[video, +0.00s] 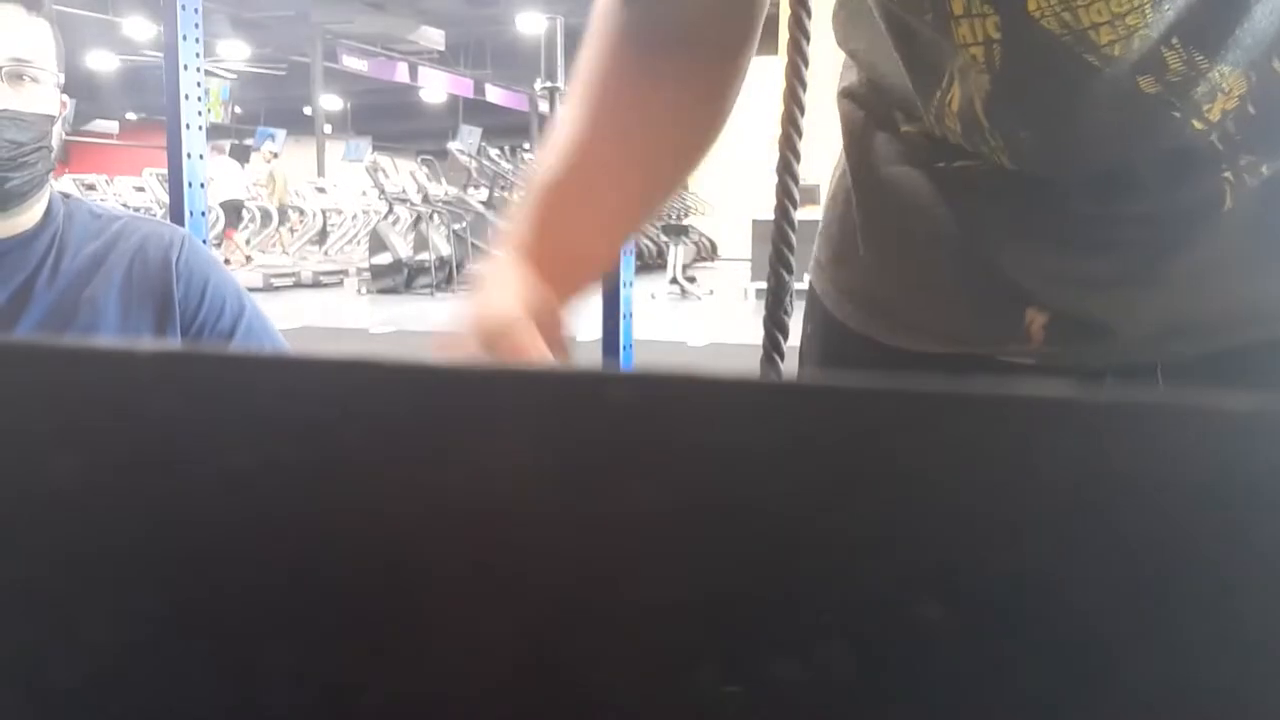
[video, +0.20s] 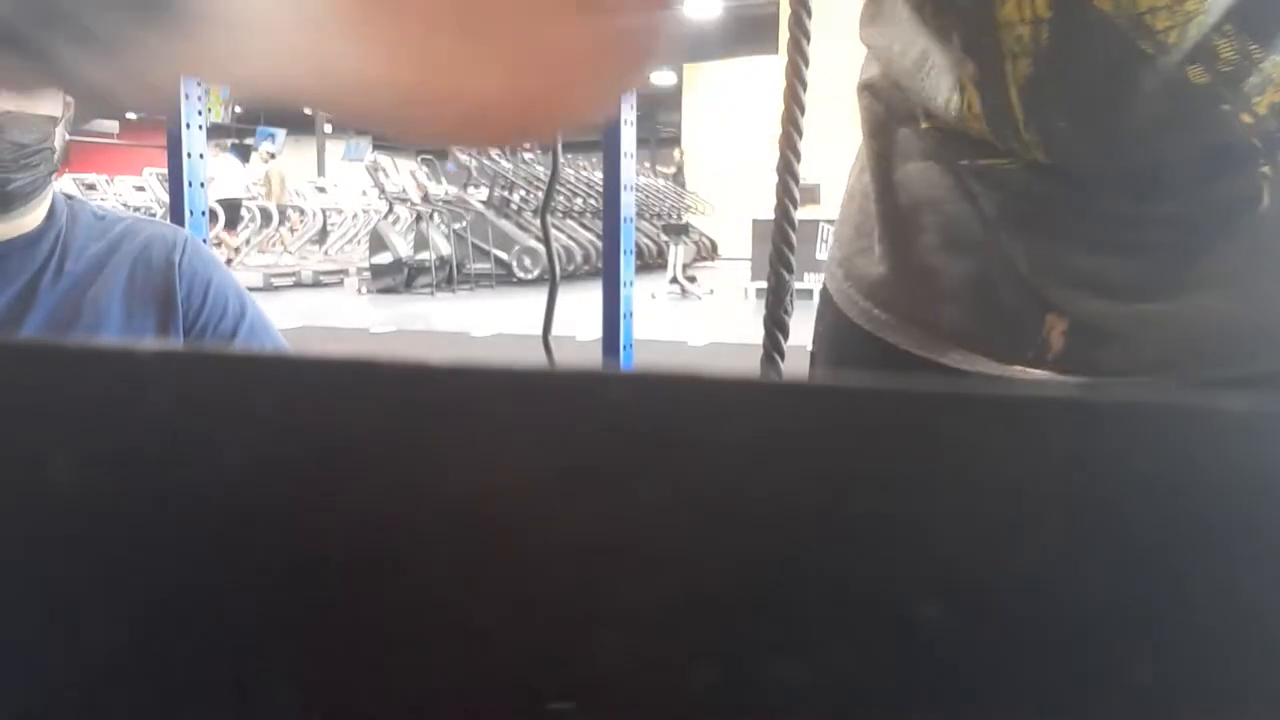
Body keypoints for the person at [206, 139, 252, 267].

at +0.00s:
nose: (208, 155)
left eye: (209, 152)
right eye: (209, 153)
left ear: (212, 151)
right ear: (225, 151)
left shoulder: (212, 162)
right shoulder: (235, 163)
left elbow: (207, 180)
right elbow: (246, 182)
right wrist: (254, 195)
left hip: (223, 198)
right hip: (239, 198)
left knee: (230, 230)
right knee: (231, 230)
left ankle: (247, 254)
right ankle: (226, 257)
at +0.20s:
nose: (208, 151)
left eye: (209, 148)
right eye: (208, 148)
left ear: (216, 147)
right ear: (225, 147)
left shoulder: (212, 161)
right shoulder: (236, 161)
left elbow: (209, 178)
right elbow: (245, 180)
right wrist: (253, 193)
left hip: (219, 196)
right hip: (236, 196)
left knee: (214, 226)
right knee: (231, 229)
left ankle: (234, 248)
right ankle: (230, 255)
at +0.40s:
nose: (209, 152)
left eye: (211, 149)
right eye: (210, 149)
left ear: (216, 148)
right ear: (225, 148)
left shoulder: (214, 159)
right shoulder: (236, 159)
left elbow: (211, 177)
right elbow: (244, 178)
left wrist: (202, 188)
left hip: (217, 195)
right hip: (235, 195)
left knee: (213, 225)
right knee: (232, 228)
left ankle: (216, 253)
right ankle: (235, 256)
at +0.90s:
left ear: (205, 152)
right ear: (217, 150)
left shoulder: (203, 163)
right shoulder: (225, 162)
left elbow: (199, 180)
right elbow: (236, 175)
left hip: (208, 198)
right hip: (225, 198)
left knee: (207, 231)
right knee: (227, 231)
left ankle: (206, 259)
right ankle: (236, 256)